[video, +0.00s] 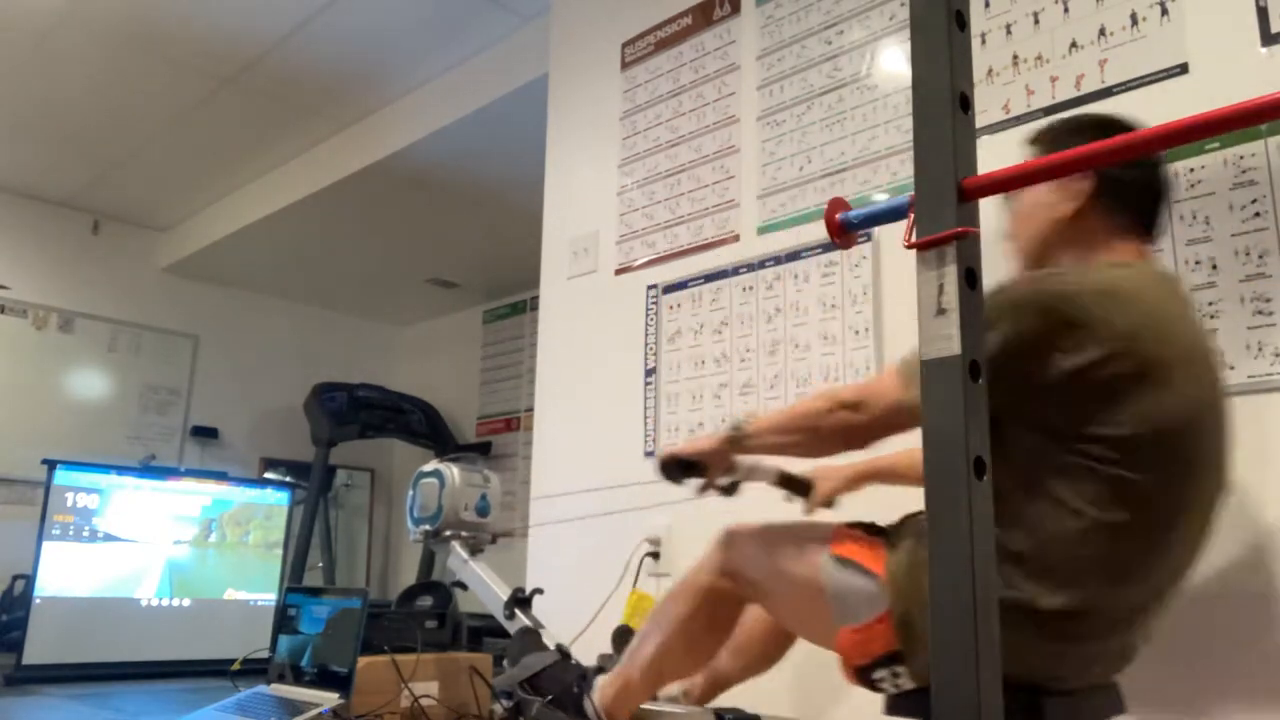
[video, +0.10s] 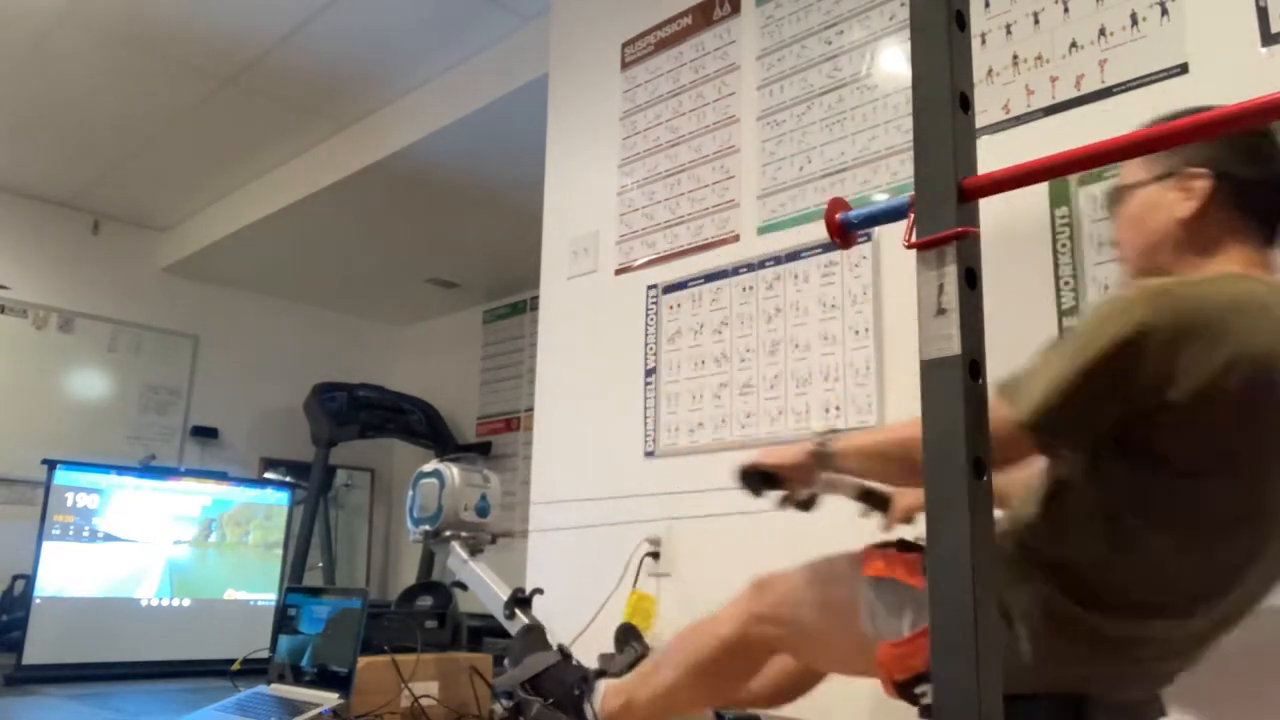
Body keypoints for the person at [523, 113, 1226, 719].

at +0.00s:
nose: (1013, 212)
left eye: (1028, 188)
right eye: (1018, 191)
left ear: (1079, 190)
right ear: (1114, 199)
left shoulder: (1063, 305)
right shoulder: (1162, 310)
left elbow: (864, 407)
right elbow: (995, 461)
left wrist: (732, 442)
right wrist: (853, 473)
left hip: (993, 631)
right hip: (1072, 633)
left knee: (733, 553)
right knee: (808, 565)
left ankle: (616, 697)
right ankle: (697, 688)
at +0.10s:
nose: (1116, 225)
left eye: (1128, 197)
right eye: (1119, 201)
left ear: (1194, 193)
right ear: (1212, 198)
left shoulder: (1167, 312)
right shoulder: (1268, 321)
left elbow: (974, 442)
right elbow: (1067, 485)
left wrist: (821, 454)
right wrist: (934, 494)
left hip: (1029, 634)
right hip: (1124, 662)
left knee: (769, 607)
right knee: (822, 631)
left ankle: (609, 707)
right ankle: (672, 709)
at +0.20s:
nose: (1174, 246)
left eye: (1187, 215)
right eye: (1176, 220)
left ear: (1263, 212)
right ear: (1263, 216)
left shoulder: (1239, 329)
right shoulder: (1259, 335)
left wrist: (921, 462)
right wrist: (964, 481)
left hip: (1042, 622)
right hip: (1123, 659)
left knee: (778, 636)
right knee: (843, 662)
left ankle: (608, 706)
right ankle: (734, 715)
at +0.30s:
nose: (1181, 240)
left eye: (1196, 212)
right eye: (1185, 216)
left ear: (1267, 215)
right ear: (1262, 219)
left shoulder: (1262, 333)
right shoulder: (1252, 336)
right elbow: (1200, 545)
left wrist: (1035, 491)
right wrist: (1047, 492)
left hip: (1065, 615)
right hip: (1096, 623)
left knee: (787, 625)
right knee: (832, 633)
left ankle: (605, 705)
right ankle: (672, 706)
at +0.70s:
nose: (1126, 246)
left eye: (1138, 216)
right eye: (1129, 223)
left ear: (1216, 210)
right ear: (1221, 213)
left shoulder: (1217, 341)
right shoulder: (1264, 333)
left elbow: (1116, 554)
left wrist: (933, 510)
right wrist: (957, 527)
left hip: (1048, 640)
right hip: (1118, 654)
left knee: (774, 617)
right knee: (829, 632)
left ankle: (608, 704)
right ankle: (683, 709)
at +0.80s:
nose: (1079, 237)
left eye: (1092, 208)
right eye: (1079, 215)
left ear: (1166, 200)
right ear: (1178, 203)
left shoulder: (1174, 324)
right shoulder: (1260, 319)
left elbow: (1053, 513)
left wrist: (887, 498)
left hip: (1050, 639)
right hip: (1125, 647)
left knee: (772, 609)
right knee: (828, 625)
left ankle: (607, 704)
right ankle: (676, 706)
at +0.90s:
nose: (1029, 233)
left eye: (1039, 204)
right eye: (1029, 210)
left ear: (1103, 192)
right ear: (1126, 197)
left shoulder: (1116, 306)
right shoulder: (1199, 302)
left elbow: (976, 473)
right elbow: (1040, 491)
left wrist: (821, 489)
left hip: (1057, 628)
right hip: (1123, 631)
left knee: (768, 598)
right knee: (832, 608)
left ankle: (607, 710)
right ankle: (679, 709)